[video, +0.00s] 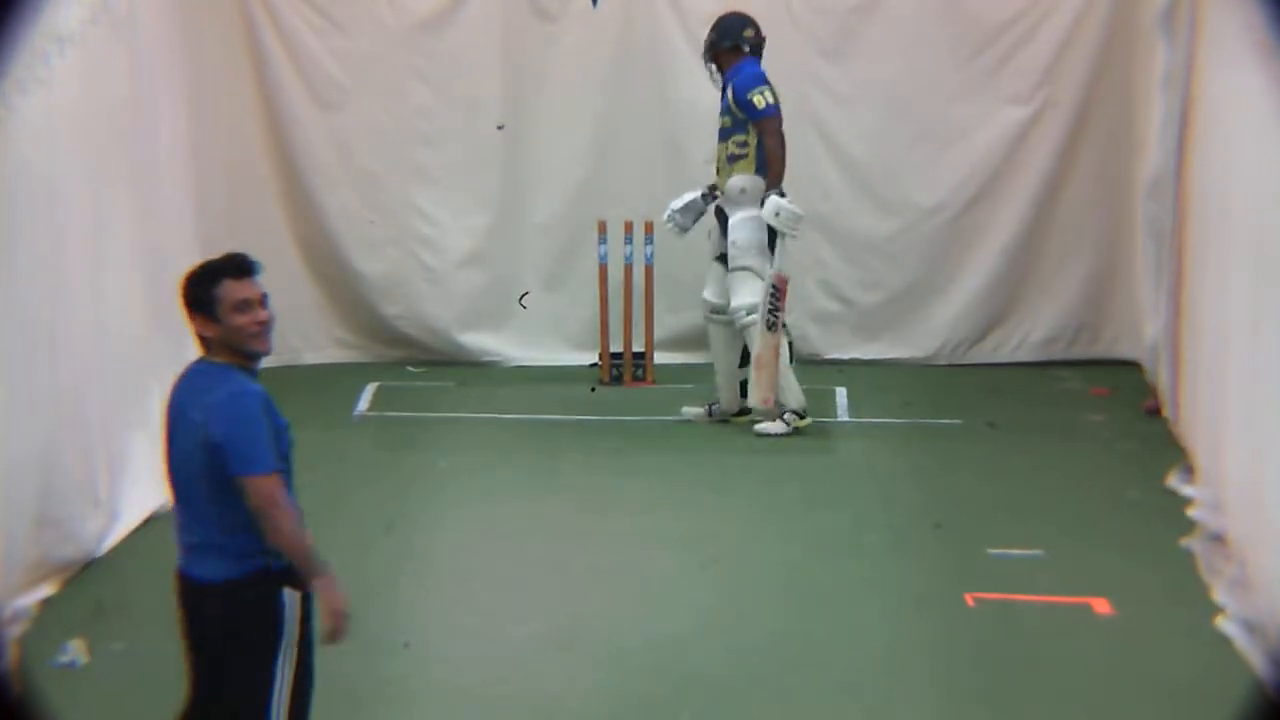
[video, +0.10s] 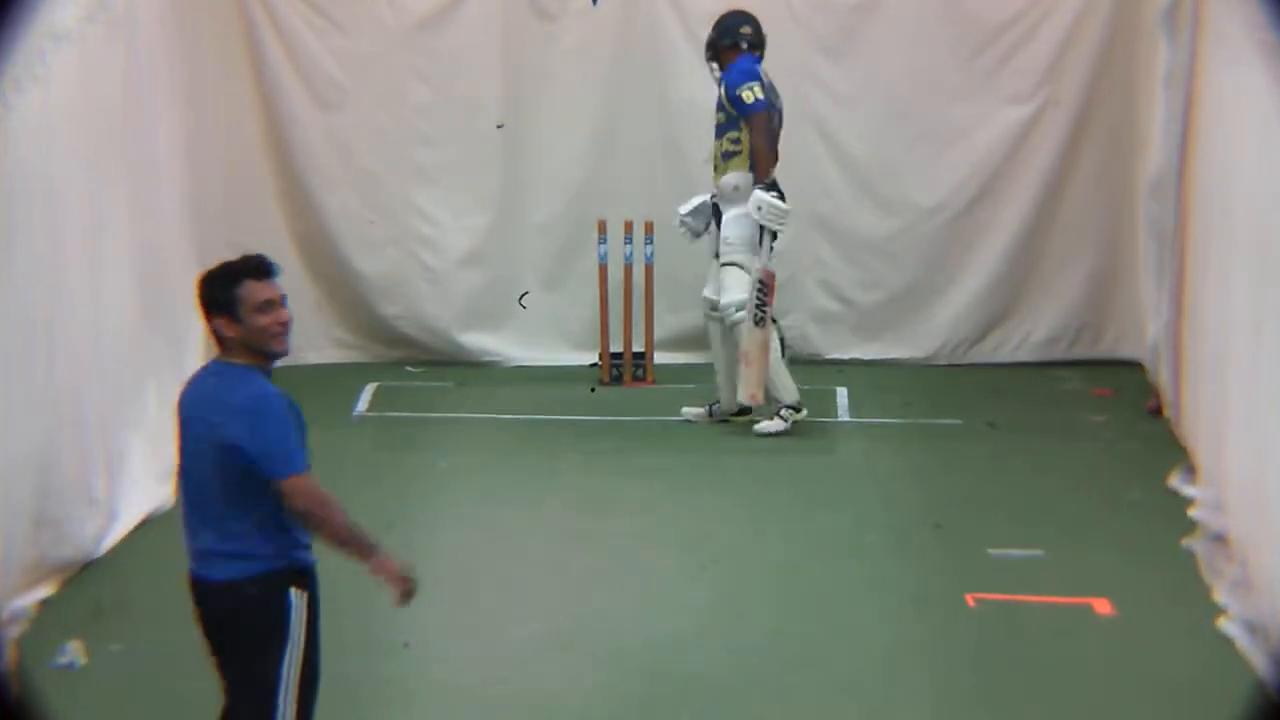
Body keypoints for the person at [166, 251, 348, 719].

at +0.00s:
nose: (263, 317)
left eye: (263, 302)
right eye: (244, 309)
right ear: (204, 325)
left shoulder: (192, 386)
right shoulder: (240, 399)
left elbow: (198, 495)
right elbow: (269, 507)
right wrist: (321, 578)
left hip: (205, 585)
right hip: (257, 588)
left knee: (212, 705)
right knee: (269, 709)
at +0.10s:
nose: (284, 317)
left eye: (282, 304)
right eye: (266, 308)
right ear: (224, 327)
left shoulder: (199, 391)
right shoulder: (264, 403)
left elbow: (197, 489)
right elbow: (301, 496)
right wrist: (377, 558)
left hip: (217, 586)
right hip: (271, 587)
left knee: (246, 706)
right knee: (279, 710)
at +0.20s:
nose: (307, 307)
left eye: (301, 294)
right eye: (292, 299)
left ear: (249, 318)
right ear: (253, 316)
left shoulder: (206, 385)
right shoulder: (276, 396)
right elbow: (341, 483)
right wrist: (400, 500)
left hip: (223, 578)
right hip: (275, 582)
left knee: (252, 701)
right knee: (283, 709)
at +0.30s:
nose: (319, 303)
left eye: (313, 292)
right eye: (311, 294)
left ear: (250, 315)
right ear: (290, 312)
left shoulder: (220, 387)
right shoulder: (291, 396)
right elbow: (367, 474)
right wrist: (398, 445)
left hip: (234, 578)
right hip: (289, 582)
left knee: (254, 706)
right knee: (290, 709)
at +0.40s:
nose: (323, 303)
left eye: (318, 293)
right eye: (321, 295)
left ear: (252, 312)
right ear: (315, 310)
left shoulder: (225, 388)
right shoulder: (312, 394)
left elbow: (219, 492)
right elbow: (378, 476)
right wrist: (377, 416)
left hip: (237, 579)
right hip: (300, 583)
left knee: (257, 707)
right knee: (299, 709)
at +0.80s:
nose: (344, 300)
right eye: (342, 291)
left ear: (275, 307)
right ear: (339, 304)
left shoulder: (242, 386)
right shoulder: (357, 381)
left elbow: (234, 491)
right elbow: (420, 453)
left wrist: (253, 553)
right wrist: (378, 408)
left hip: (267, 580)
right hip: (341, 581)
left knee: (280, 706)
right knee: (362, 704)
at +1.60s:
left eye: (304, 285)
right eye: (368, 284)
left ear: (308, 297)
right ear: (369, 291)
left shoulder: (275, 375)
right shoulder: (401, 362)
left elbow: (250, 476)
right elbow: (449, 423)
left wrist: (252, 556)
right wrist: (394, 345)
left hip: (305, 573)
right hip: (384, 574)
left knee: (304, 709)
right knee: (410, 707)